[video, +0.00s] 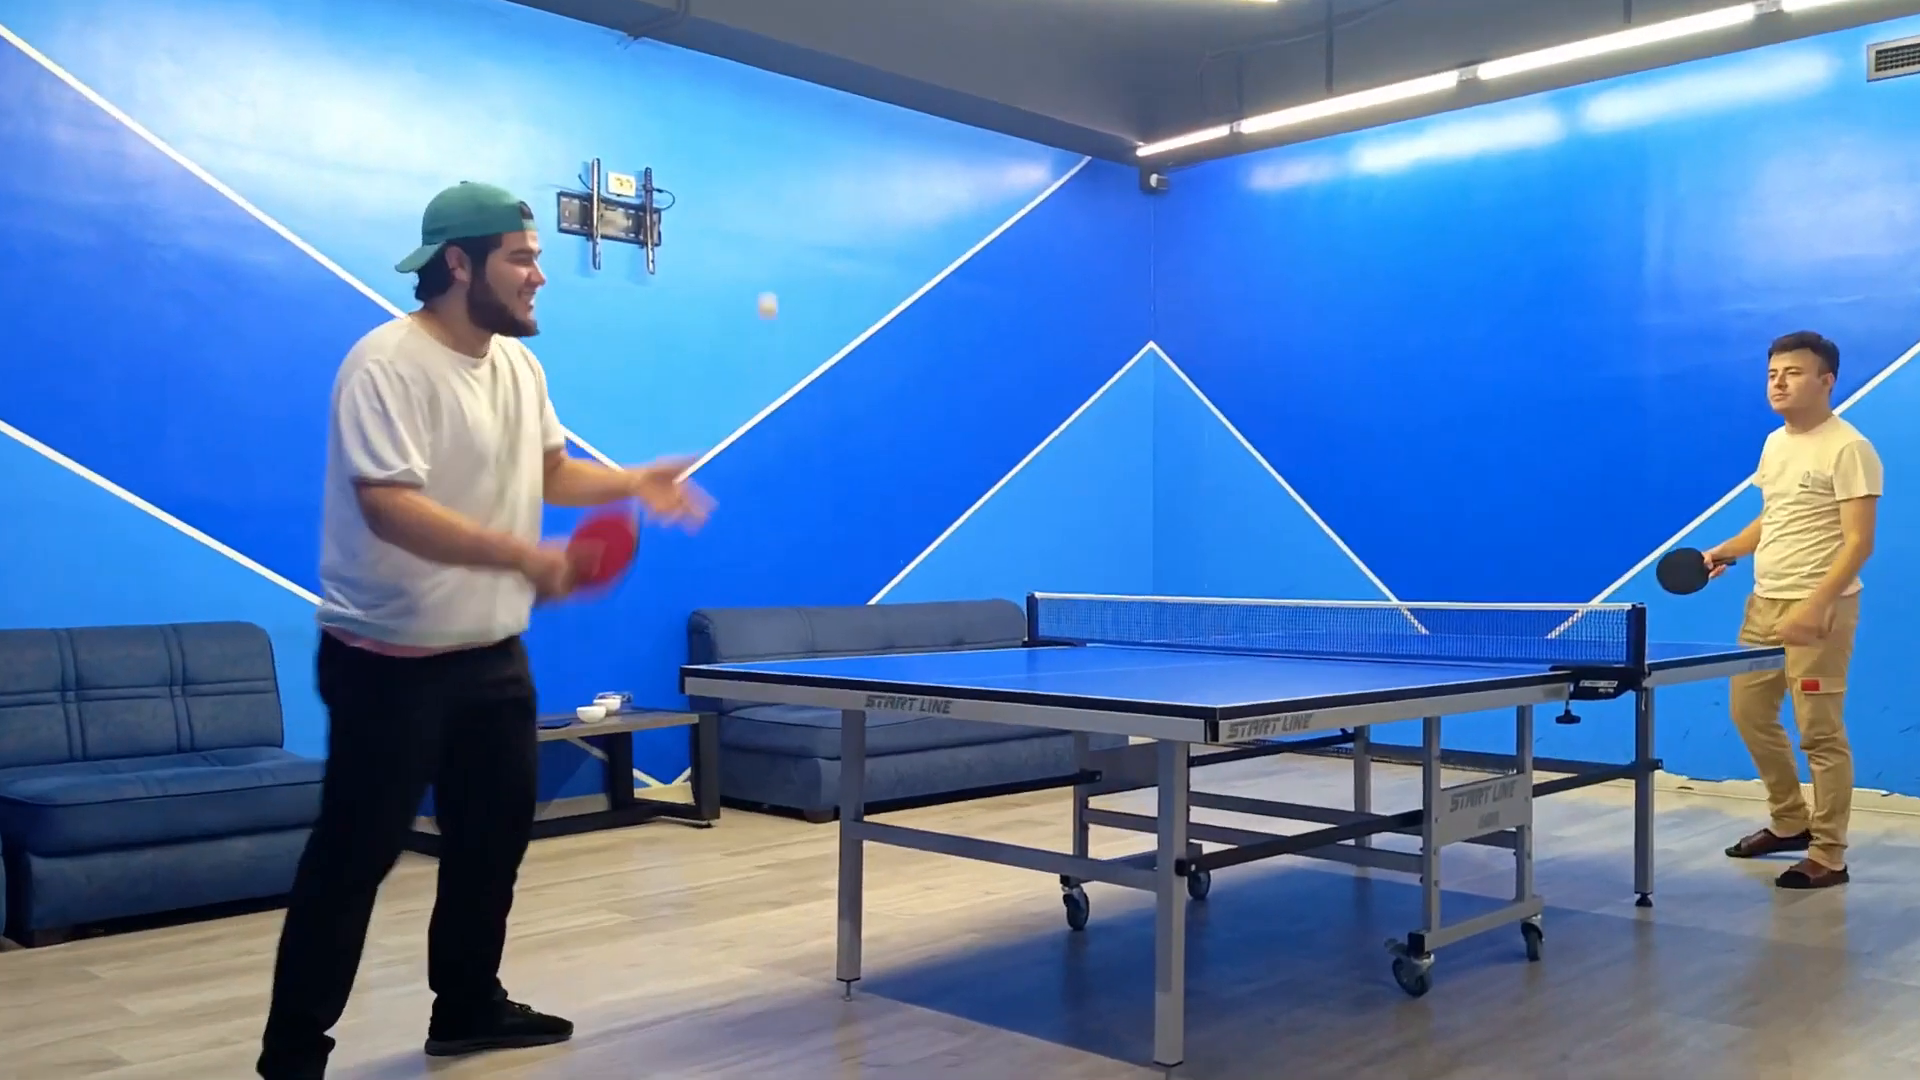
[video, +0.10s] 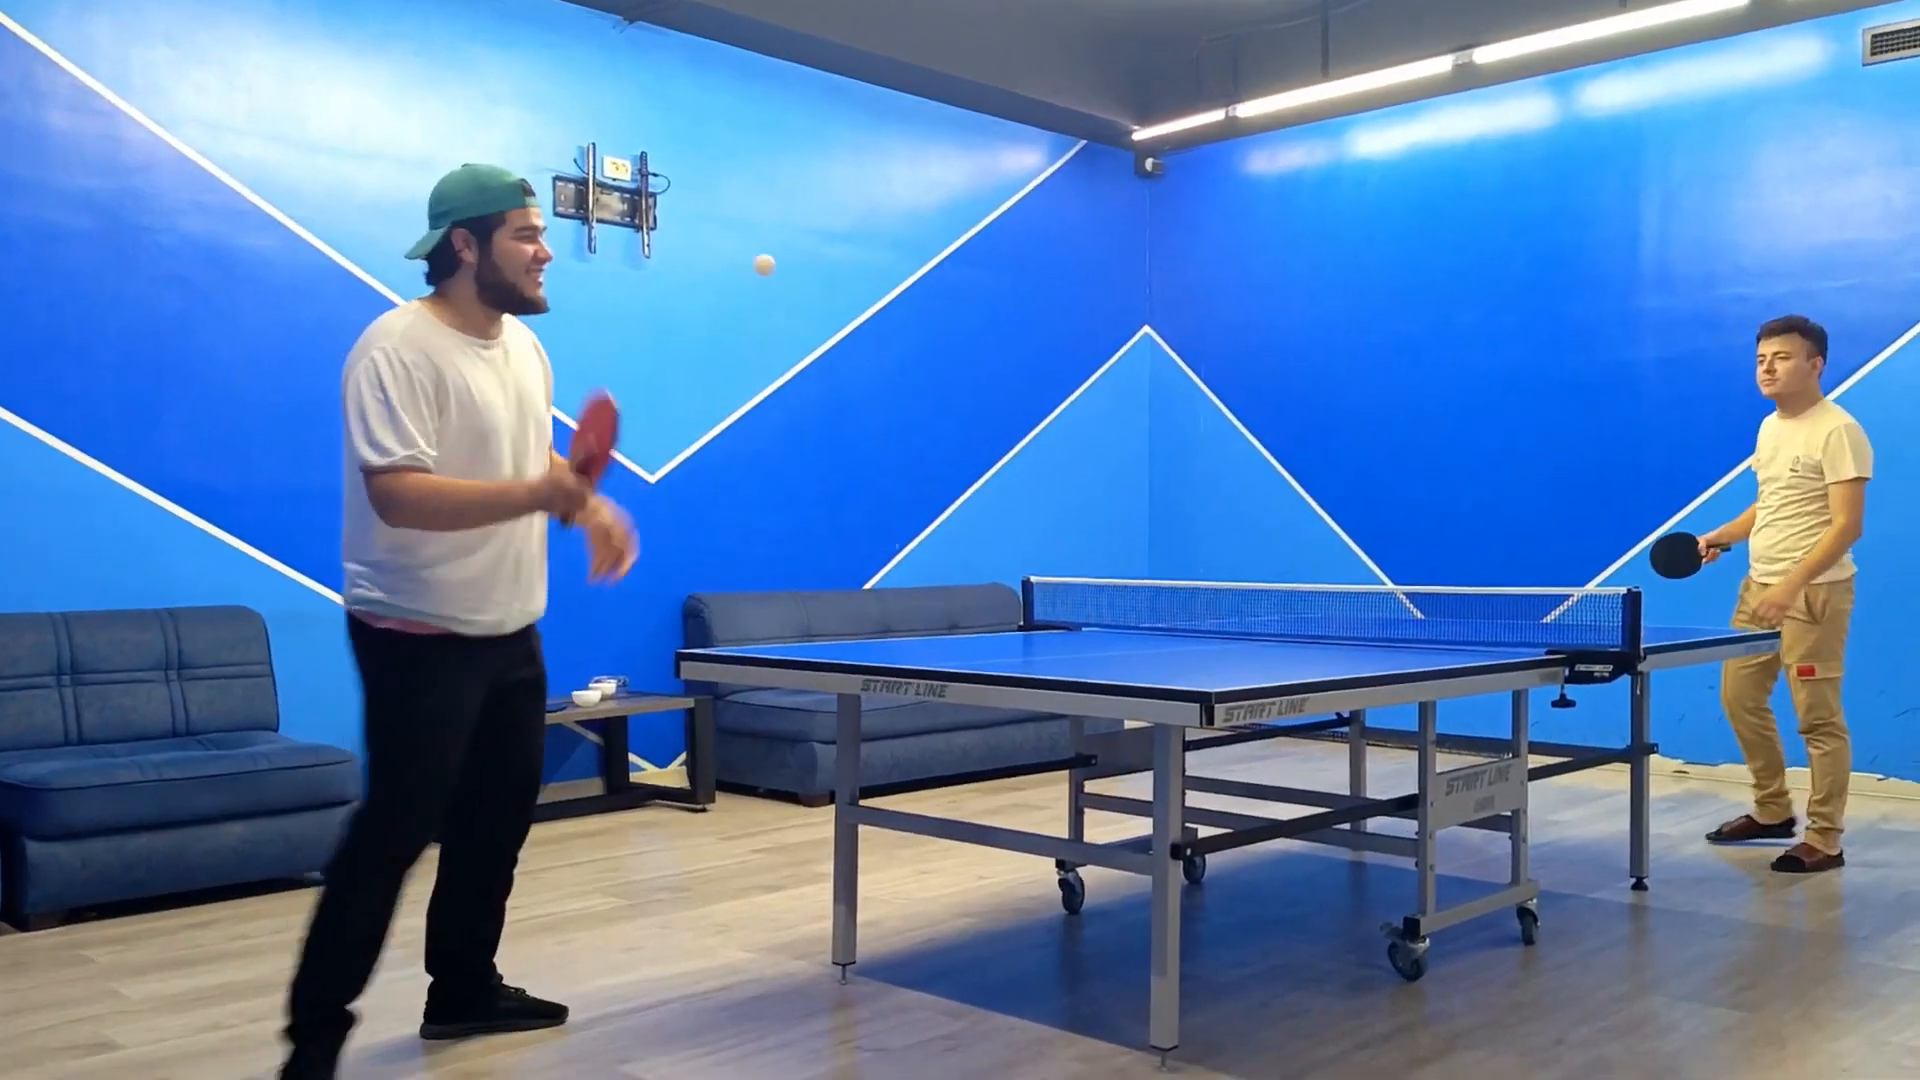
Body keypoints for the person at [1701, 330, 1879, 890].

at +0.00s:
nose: (1779, 382)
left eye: (1792, 373)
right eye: (1773, 374)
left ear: (1826, 382)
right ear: (1770, 383)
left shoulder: (1849, 448)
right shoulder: (1776, 443)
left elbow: (1860, 542)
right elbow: (1772, 519)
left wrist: (1816, 604)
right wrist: (1727, 550)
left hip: (1821, 609)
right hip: (1766, 604)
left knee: (1820, 732)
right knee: (1751, 712)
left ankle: (1828, 856)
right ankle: (1791, 823)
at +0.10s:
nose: (1768, 367)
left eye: (1780, 358)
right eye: (1762, 360)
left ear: (1815, 365)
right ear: (1759, 368)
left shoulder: (1838, 429)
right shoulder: (1771, 427)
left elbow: (1848, 524)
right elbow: (1770, 505)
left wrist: (1790, 583)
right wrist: (1722, 536)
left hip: (1817, 591)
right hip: (1762, 586)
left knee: (1819, 718)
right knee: (1741, 697)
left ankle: (1824, 840)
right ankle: (1773, 812)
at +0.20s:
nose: (1753, 353)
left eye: (1766, 344)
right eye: (1747, 346)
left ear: (1800, 351)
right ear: (1744, 354)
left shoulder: (1824, 413)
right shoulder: (1760, 413)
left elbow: (1840, 506)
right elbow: (1760, 493)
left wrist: (1779, 564)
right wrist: (1709, 523)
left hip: (1810, 575)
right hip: (1755, 570)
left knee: (1814, 703)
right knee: (1736, 688)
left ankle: (1819, 825)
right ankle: (1746, 804)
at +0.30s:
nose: (1733, 342)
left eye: (1746, 331)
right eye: (1727, 334)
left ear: (1781, 336)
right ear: (1724, 342)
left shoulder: (1808, 397)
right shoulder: (1742, 400)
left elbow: (1837, 486)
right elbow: (1747, 479)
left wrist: (1782, 551)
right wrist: (1692, 510)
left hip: (1801, 562)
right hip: (1745, 560)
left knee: (1806, 688)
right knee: (1728, 679)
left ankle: (1814, 808)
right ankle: (1725, 793)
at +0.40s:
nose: (1678, 339)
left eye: (1690, 327)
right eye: (1671, 330)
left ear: (1723, 331)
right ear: (1667, 337)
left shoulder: (1755, 386)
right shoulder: (1684, 398)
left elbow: (1808, 465)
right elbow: (1690, 477)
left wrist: (1777, 536)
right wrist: (1638, 506)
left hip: (1753, 554)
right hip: (1697, 555)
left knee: (1751, 678)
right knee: (1683, 671)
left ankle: (1776, 800)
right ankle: (1685, 787)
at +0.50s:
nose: (1581, 346)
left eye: (1593, 335)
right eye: (1574, 337)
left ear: (1626, 338)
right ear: (1570, 343)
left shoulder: (1665, 388)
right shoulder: (1585, 409)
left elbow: (1737, 449)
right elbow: (1588, 487)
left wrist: (1729, 530)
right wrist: (1540, 514)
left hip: (1669, 553)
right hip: (1611, 557)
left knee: (1657, 675)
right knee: (1590, 669)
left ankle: (1696, 798)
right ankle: (1603, 788)